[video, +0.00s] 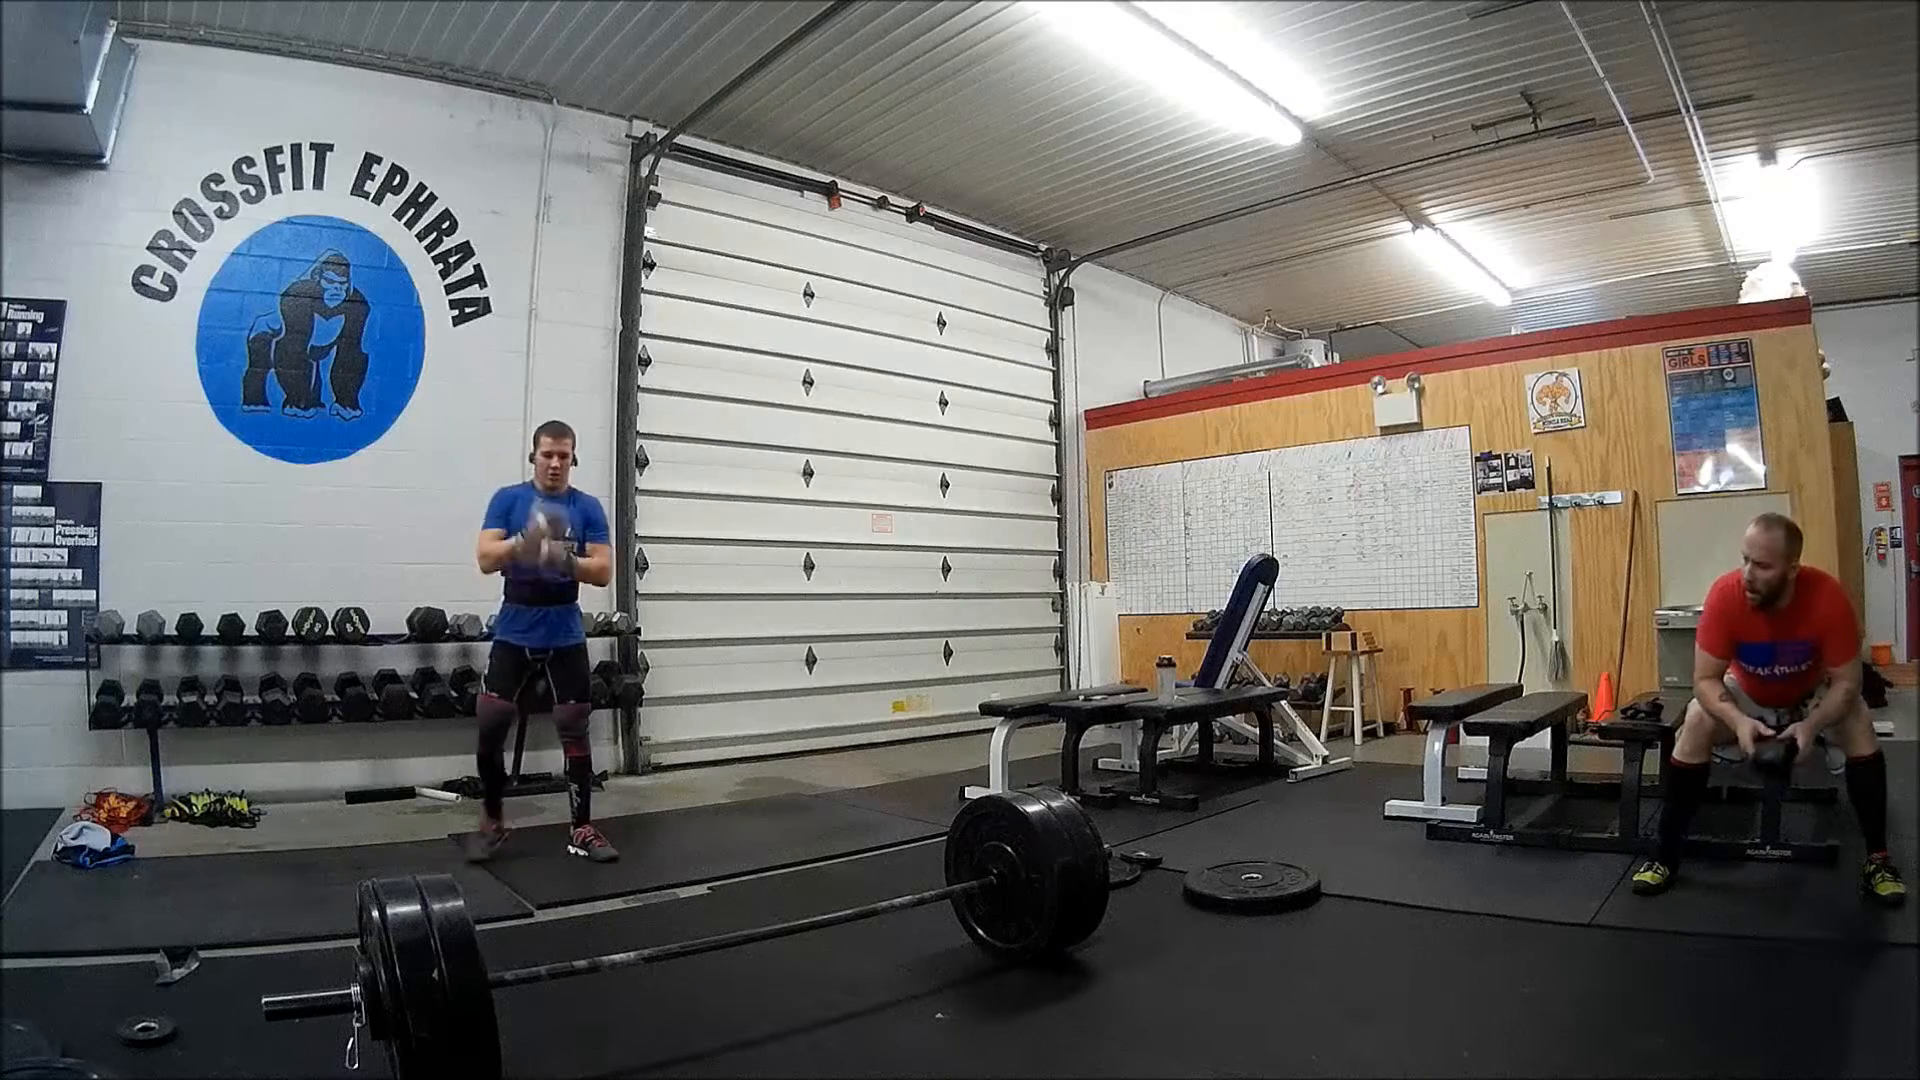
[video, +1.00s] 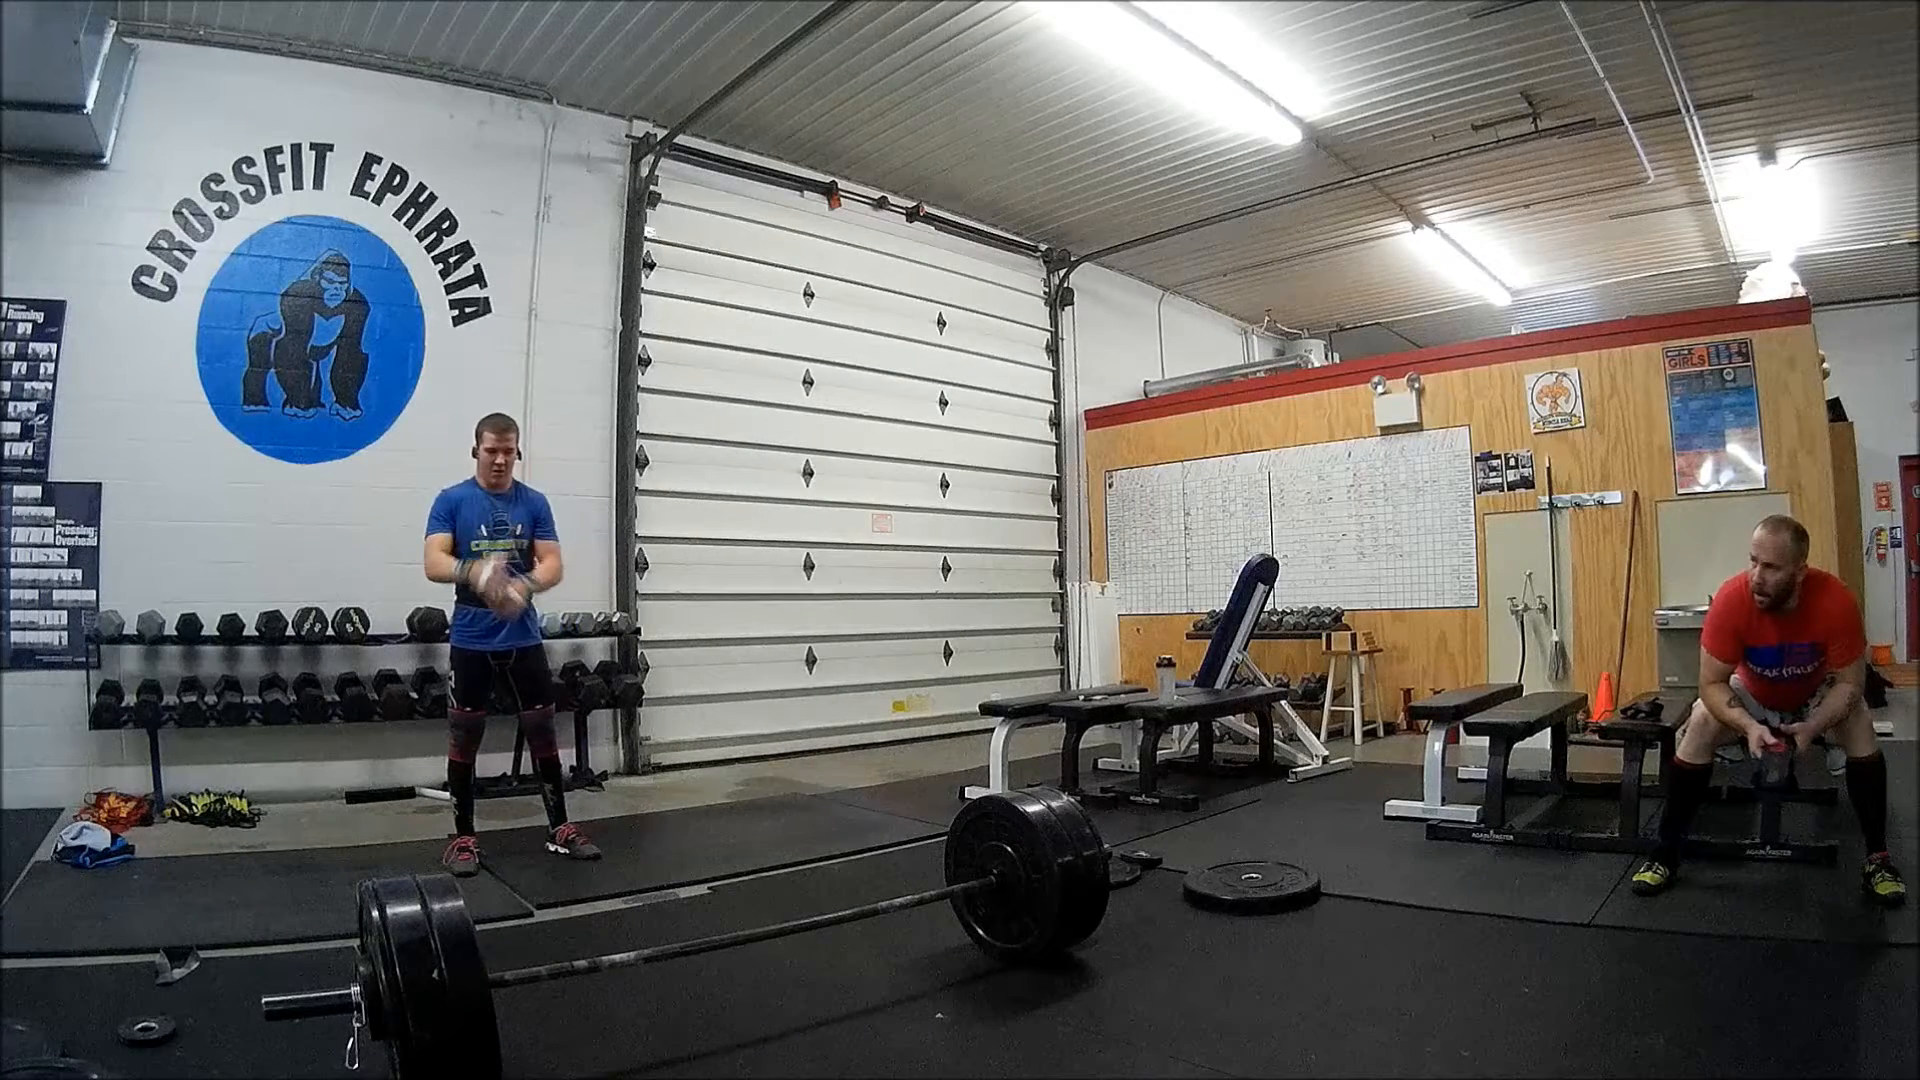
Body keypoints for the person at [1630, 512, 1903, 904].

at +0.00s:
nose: (1748, 575)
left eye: (1762, 566)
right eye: (1746, 562)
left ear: (1793, 566)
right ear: (1742, 556)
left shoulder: (1826, 595)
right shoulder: (1725, 594)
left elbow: (1848, 682)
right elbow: (1705, 679)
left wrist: (1812, 724)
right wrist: (1738, 722)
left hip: (1812, 694)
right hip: (1747, 693)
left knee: (1858, 721)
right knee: (1696, 720)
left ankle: (1877, 860)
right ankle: (1665, 858)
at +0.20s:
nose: (1750, 575)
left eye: (1763, 566)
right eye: (1747, 562)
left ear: (1794, 566)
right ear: (1742, 557)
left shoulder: (1826, 597)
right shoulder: (1726, 596)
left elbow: (1848, 682)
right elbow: (1707, 680)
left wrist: (1808, 727)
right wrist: (1741, 724)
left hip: (1812, 695)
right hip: (1748, 694)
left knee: (1858, 720)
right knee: (1697, 720)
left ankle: (1878, 858)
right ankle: (1665, 858)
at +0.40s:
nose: (1755, 574)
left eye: (1768, 564)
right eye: (1751, 561)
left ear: (1798, 563)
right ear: (1746, 556)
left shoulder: (1830, 597)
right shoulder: (1730, 596)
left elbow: (1847, 683)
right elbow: (1710, 681)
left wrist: (1810, 724)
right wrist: (1743, 726)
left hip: (1813, 694)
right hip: (1749, 693)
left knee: (1856, 720)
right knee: (1698, 720)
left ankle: (1878, 858)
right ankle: (1665, 858)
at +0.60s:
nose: (1757, 575)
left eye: (1771, 565)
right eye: (1754, 561)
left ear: (1801, 566)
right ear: (1749, 557)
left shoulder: (1833, 599)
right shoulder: (1731, 598)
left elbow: (1849, 682)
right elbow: (1711, 682)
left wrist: (1812, 728)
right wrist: (1748, 725)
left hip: (1815, 695)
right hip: (1749, 695)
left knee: (1857, 722)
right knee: (1700, 720)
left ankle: (1878, 858)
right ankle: (1665, 858)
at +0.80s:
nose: (1757, 577)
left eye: (1771, 568)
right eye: (1753, 563)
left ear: (1801, 568)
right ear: (1748, 558)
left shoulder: (1834, 600)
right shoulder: (1731, 599)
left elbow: (1850, 682)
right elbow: (1711, 683)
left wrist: (1812, 727)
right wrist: (1748, 726)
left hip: (1815, 696)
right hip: (1750, 696)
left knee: (1858, 721)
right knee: (1700, 721)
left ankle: (1878, 857)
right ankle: (1665, 857)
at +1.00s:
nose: (1757, 577)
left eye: (1771, 567)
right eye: (1753, 563)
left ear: (1801, 568)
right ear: (1748, 558)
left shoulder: (1835, 601)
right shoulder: (1730, 599)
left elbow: (1850, 681)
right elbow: (1711, 683)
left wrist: (1812, 727)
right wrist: (1748, 726)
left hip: (1815, 695)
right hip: (1751, 694)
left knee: (1859, 723)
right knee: (1700, 721)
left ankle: (1878, 858)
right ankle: (1665, 856)